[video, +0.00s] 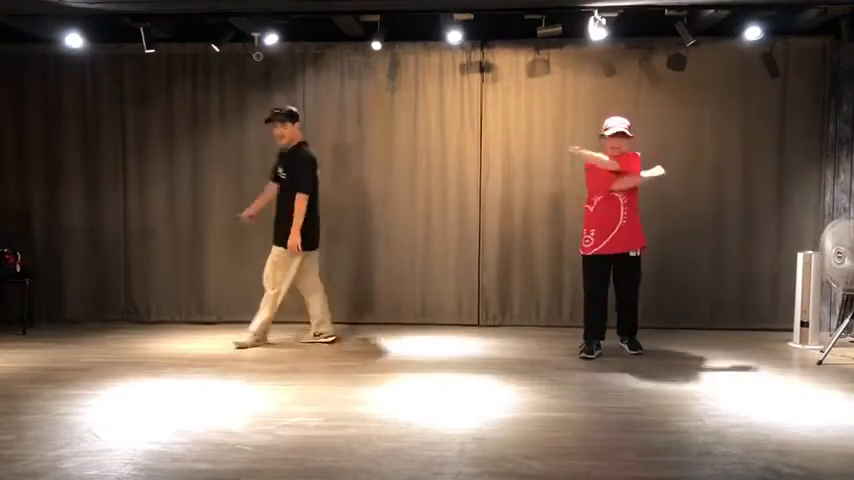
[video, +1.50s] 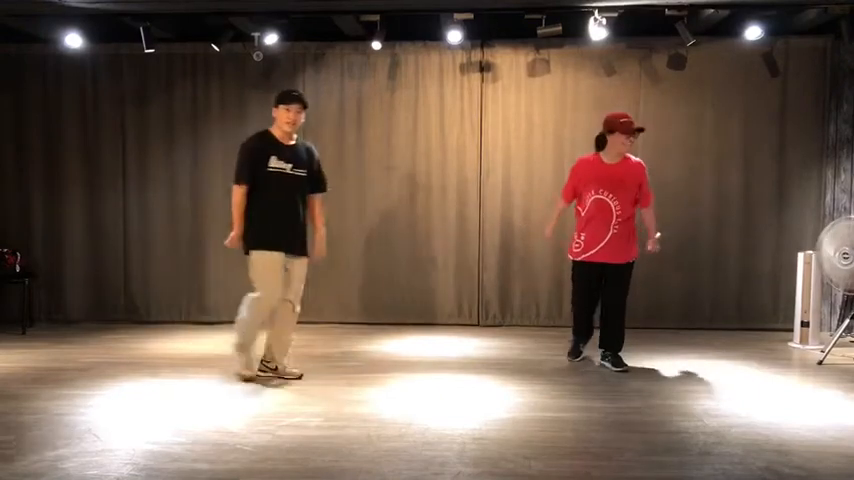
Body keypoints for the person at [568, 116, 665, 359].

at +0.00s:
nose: (616, 142)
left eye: (621, 137)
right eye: (611, 137)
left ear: (629, 141)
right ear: (603, 140)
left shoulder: (635, 161)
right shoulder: (593, 166)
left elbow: (611, 164)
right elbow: (616, 184)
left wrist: (584, 153)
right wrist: (646, 175)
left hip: (627, 240)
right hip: (597, 241)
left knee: (628, 293)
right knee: (595, 294)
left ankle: (628, 336)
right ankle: (592, 340)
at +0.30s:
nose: (590, 139)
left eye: (594, 133)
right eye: (585, 136)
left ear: (604, 136)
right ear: (581, 141)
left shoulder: (622, 163)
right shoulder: (575, 168)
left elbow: (648, 178)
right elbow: (553, 186)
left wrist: (673, 187)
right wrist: (529, 195)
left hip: (619, 243)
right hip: (586, 246)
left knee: (627, 294)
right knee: (589, 297)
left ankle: (629, 334)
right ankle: (591, 341)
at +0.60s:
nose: (591, 153)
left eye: (596, 148)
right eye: (587, 148)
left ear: (608, 145)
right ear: (582, 146)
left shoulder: (621, 166)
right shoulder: (574, 171)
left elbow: (645, 192)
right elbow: (551, 198)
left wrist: (625, 197)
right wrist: (559, 212)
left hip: (614, 248)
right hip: (583, 249)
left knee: (614, 298)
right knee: (586, 298)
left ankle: (616, 344)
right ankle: (590, 342)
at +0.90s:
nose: (602, 144)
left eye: (607, 139)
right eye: (597, 139)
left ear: (617, 141)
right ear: (591, 142)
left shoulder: (627, 164)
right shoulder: (581, 167)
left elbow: (628, 193)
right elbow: (598, 194)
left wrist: (597, 190)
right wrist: (632, 196)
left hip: (617, 248)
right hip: (586, 248)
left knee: (613, 301)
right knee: (588, 298)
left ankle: (610, 349)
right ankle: (591, 342)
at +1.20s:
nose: (618, 140)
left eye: (622, 136)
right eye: (613, 135)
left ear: (627, 138)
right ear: (602, 137)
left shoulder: (639, 168)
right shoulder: (584, 166)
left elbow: (663, 193)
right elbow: (555, 188)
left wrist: (678, 215)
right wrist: (538, 211)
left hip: (621, 252)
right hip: (587, 250)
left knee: (615, 303)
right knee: (586, 297)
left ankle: (611, 351)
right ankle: (592, 340)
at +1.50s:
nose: (631, 139)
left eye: (632, 135)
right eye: (626, 135)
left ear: (631, 138)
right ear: (610, 136)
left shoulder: (636, 167)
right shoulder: (584, 165)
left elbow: (645, 204)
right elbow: (566, 198)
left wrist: (652, 233)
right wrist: (551, 224)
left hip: (621, 251)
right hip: (586, 250)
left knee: (614, 305)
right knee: (582, 302)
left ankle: (610, 351)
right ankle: (579, 339)